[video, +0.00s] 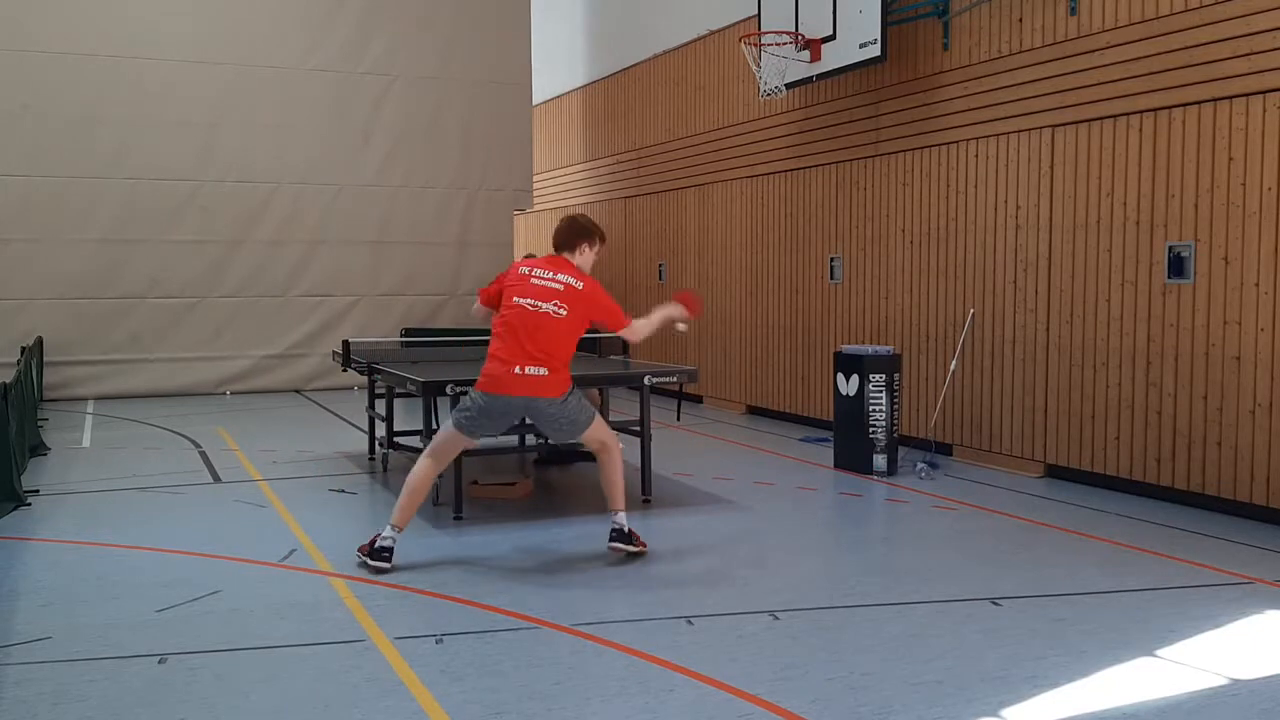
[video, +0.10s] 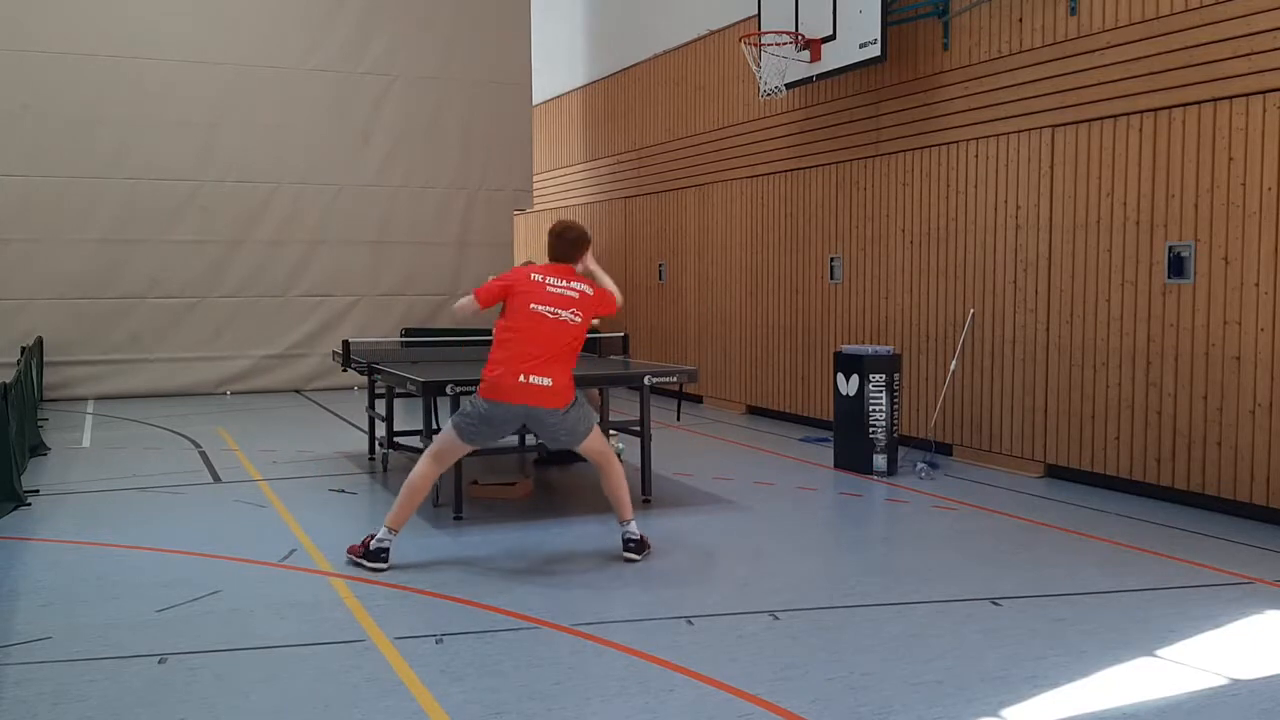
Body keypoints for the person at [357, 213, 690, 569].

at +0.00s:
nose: (596, 262)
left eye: (597, 255)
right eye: (595, 254)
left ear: (560, 246)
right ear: (582, 250)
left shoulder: (520, 269)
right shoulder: (585, 286)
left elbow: (481, 309)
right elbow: (634, 333)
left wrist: (523, 309)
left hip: (494, 390)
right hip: (550, 395)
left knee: (434, 458)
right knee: (607, 444)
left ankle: (386, 540)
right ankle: (621, 527)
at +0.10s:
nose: (590, 260)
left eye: (587, 253)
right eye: (588, 254)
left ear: (548, 252)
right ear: (583, 258)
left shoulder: (520, 277)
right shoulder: (588, 295)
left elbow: (462, 309)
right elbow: (615, 300)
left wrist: (480, 297)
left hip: (498, 396)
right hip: (554, 403)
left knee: (434, 460)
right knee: (605, 459)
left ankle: (381, 542)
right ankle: (632, 535)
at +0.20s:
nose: (565, 263)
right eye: (565, 257)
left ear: (528, 255)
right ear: (562, 261)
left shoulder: (505, 281)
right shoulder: (571, 294)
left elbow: (442, 314)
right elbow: (589, 317)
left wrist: (447, 301)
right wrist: (570, 281)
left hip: (501, 404)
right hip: (557, 408)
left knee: (429, 464)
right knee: (601, 458)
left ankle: (378, 544)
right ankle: (635, 534)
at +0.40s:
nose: (518, 257)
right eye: (519, 252)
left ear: (480, 250)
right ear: (517, 253)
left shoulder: (459, 275)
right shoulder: (531, 287)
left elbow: (412, 323)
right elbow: (570, 345)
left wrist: (422, 343)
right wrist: (554, 358)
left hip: (454, 391)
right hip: (512, 396)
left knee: (392, 458)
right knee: (574, 448)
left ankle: (339, 535)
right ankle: (597, 533)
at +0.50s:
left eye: (456, 275)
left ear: (455, 276)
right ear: (492, 278)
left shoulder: (434, 302)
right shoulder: (508, 307)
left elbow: (392, 358)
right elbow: (555, 361)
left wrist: (421, 367)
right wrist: (540, 391)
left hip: (434, 412)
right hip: (493, 414)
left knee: (373, 468)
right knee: (556, 454)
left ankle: (323, 545)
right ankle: (586, 539)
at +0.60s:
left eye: (435, 287)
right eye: (464, 287)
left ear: (431, 287)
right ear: (468, 288)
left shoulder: (412, 311)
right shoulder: (486, 314)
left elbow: (381, 366)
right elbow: (526, 364)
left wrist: (412, 371)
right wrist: (496, 388)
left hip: (421, 421)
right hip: (480, 421)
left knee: (356, 462)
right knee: (545, 460)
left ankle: (318, 544)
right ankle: (583, 539)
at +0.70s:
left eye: (414, 273)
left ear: (414, 272)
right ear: (450, 271)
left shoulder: (402, 292)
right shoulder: (469, 295)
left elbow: (365, 343)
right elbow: (502, 332)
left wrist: (374, 355)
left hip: (411, 404)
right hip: (470, 404)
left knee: (347, 457)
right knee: (530, 458)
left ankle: (316, 544)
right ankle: (580, 538)